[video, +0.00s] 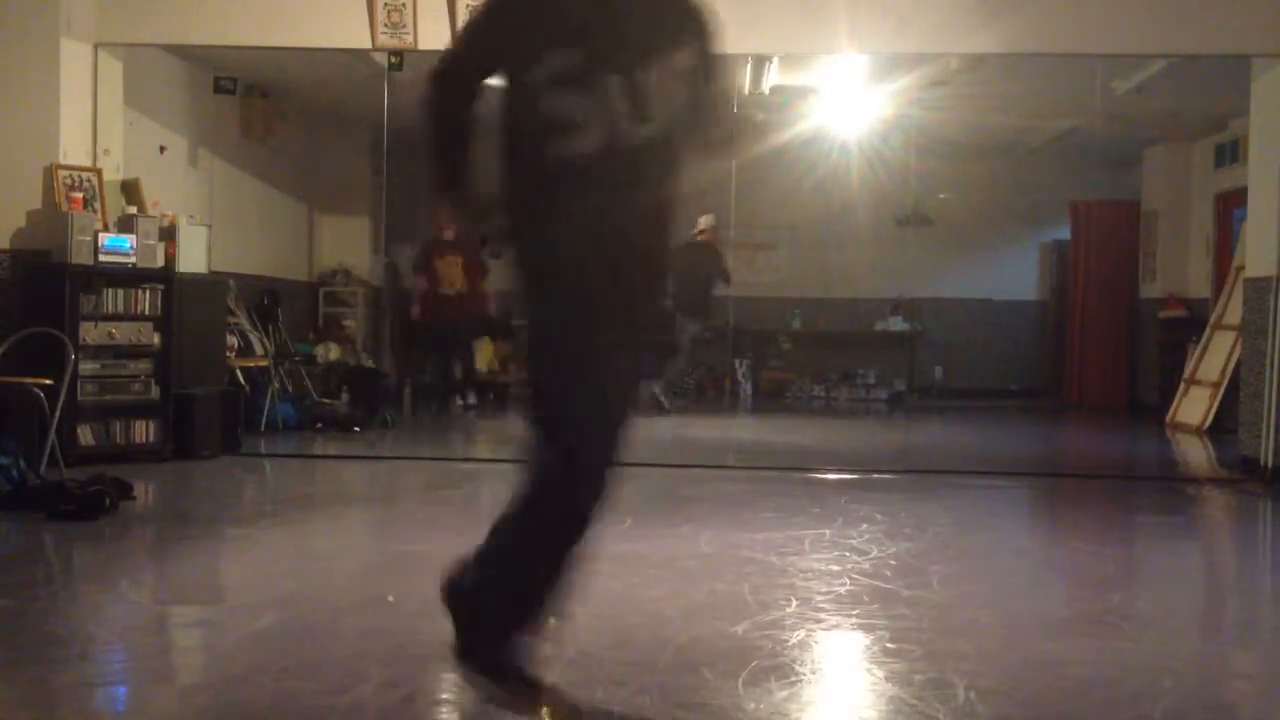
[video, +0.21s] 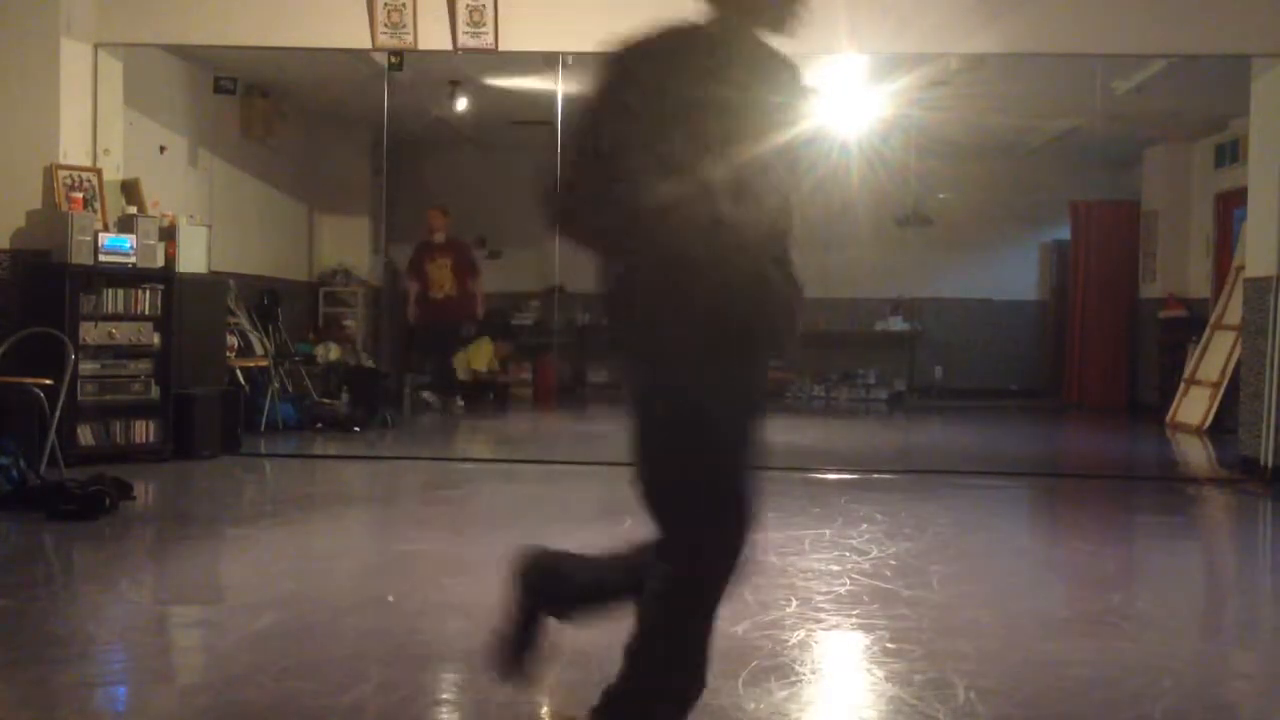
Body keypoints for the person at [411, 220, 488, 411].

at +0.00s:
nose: (446, 233)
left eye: (449, 228)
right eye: (442, 228)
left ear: (455, 227)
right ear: (437, 228)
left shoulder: (467, 247)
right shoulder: (429, 248)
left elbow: (480, 274)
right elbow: (421, 276)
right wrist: (417, 302)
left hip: (464, 310)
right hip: (438, 310)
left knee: (466, 355)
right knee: (441, 356)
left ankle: (469, 393)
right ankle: (443, 398)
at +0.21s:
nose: (433, 222)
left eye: (437, 218)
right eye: (430, 218)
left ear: (446, 220)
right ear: (427, 222)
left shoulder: (459, 247)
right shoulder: (422, 249)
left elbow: (474, 277)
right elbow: (414, 280)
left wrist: (479, 304)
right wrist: (411, 305)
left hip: (456, 309)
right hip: (430, 310)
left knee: (454, 354)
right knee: (435, 354)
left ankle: (455, 395)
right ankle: (438, 394)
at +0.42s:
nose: (424, 224)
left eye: (428, 219)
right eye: (422, 219)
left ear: (437, 222)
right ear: (418, 223)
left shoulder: (449, 249)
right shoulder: (411, 250)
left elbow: (463, 280)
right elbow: (404, 281)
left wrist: (470, 307)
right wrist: (409, 310)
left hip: (445, 312)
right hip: (421, 314)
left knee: (442, 358)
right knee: (425, 359)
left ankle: (444, 398)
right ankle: (428, 398)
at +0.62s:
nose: (414, 220)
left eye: (418, 215)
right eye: (412, 215)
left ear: (427, 218)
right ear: (409, 218)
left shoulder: (443, 245)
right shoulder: (403, 245)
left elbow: (452, 278)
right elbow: (394, 275)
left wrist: (453, 304)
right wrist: (391, 303)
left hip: (433, 310)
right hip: (407, 310)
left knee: (430, 354)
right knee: (408, 352)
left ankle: (429, 397)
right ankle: (412, 392)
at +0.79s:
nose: (407, 221)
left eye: (411, 216)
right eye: (405, 216)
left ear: (422, 217)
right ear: (401, 218)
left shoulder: (432, 243)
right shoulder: (395, 244)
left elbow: (440, 274)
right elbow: (390, 277)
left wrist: (435, 299)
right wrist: (384, 301)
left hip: (423, 309)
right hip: (398, 310)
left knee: (425, 356)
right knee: (394, 355)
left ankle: (425, 397)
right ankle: (394, 395)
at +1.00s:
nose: (397, 220)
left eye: (401, 215)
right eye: (394, 215)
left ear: (411, 217)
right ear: (391, 218)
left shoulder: (421, 243)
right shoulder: (386, 245)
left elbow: (428, 275)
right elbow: (379, 276)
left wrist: (416, 300)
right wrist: (374, 303)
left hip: (411, 308)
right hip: (388, 308)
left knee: (417, 353)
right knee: (387, 354)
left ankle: (421, 394)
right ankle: (389, 398)